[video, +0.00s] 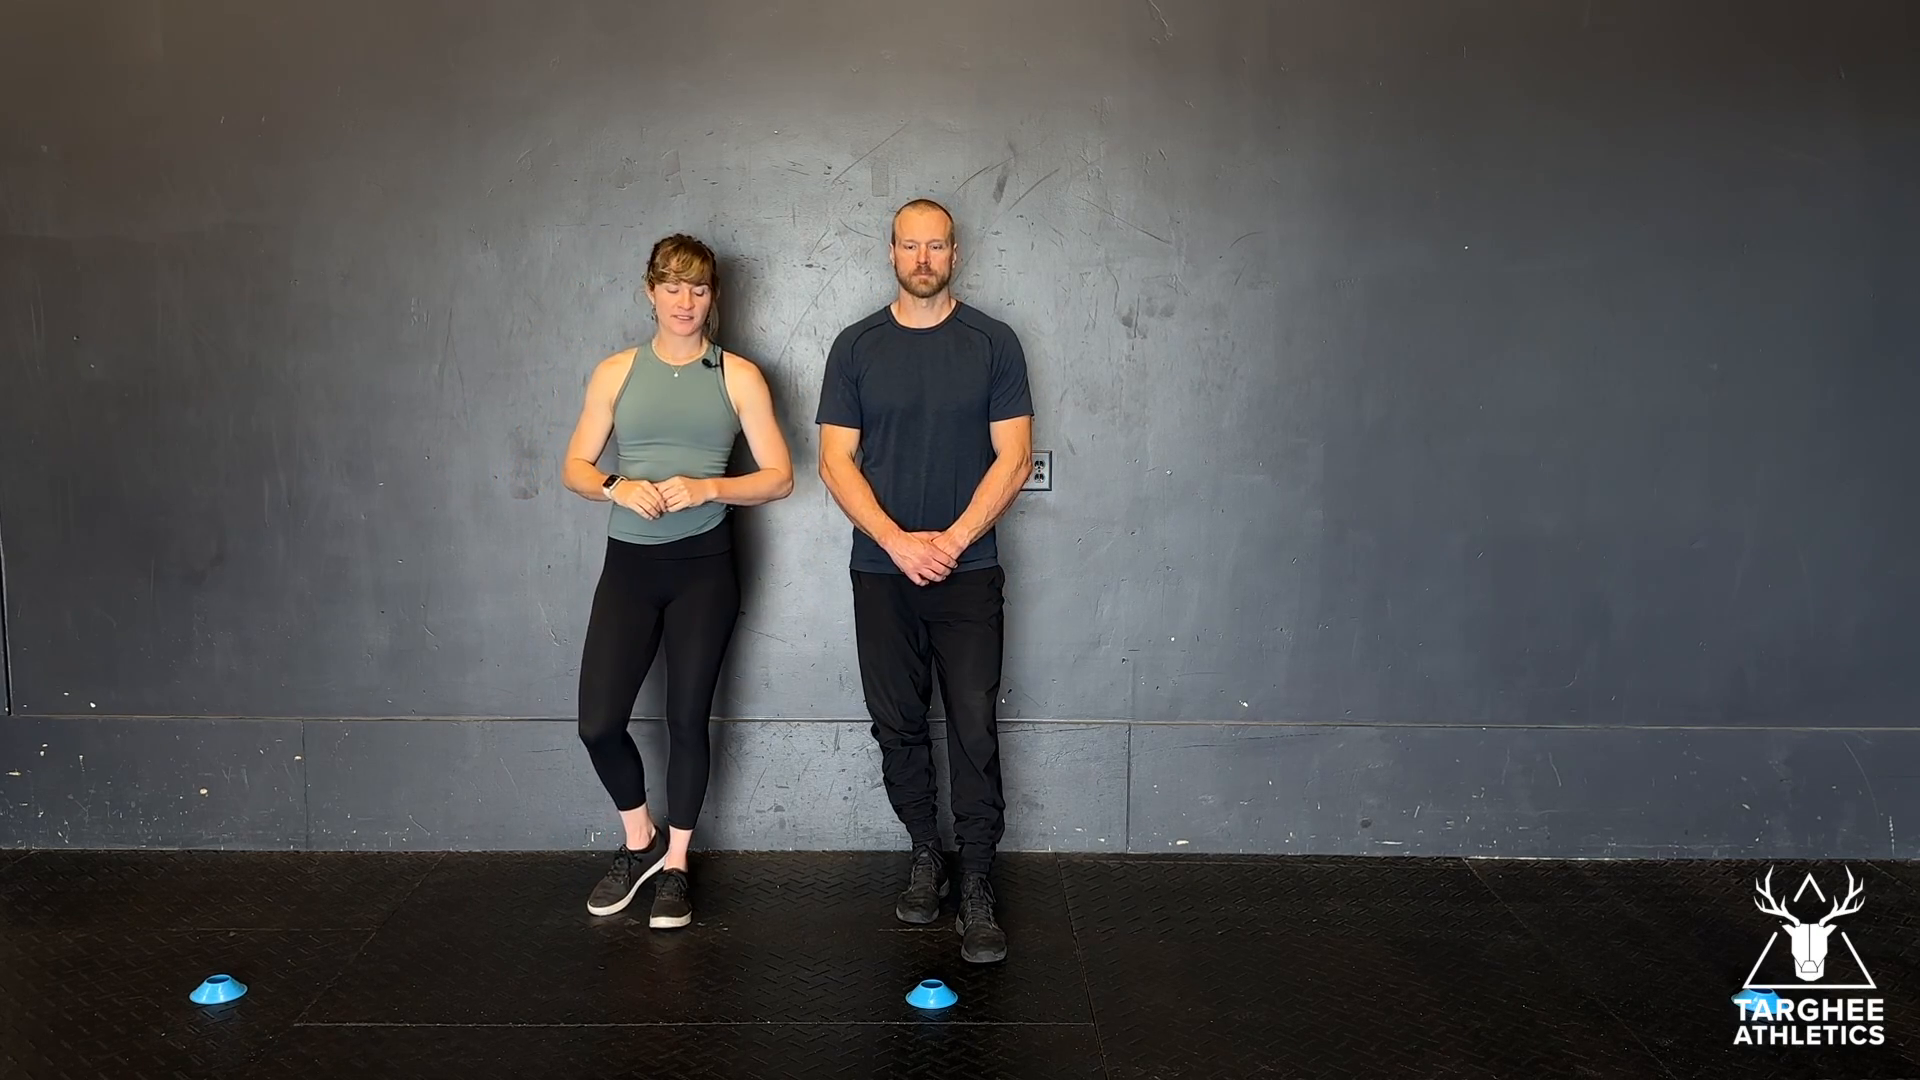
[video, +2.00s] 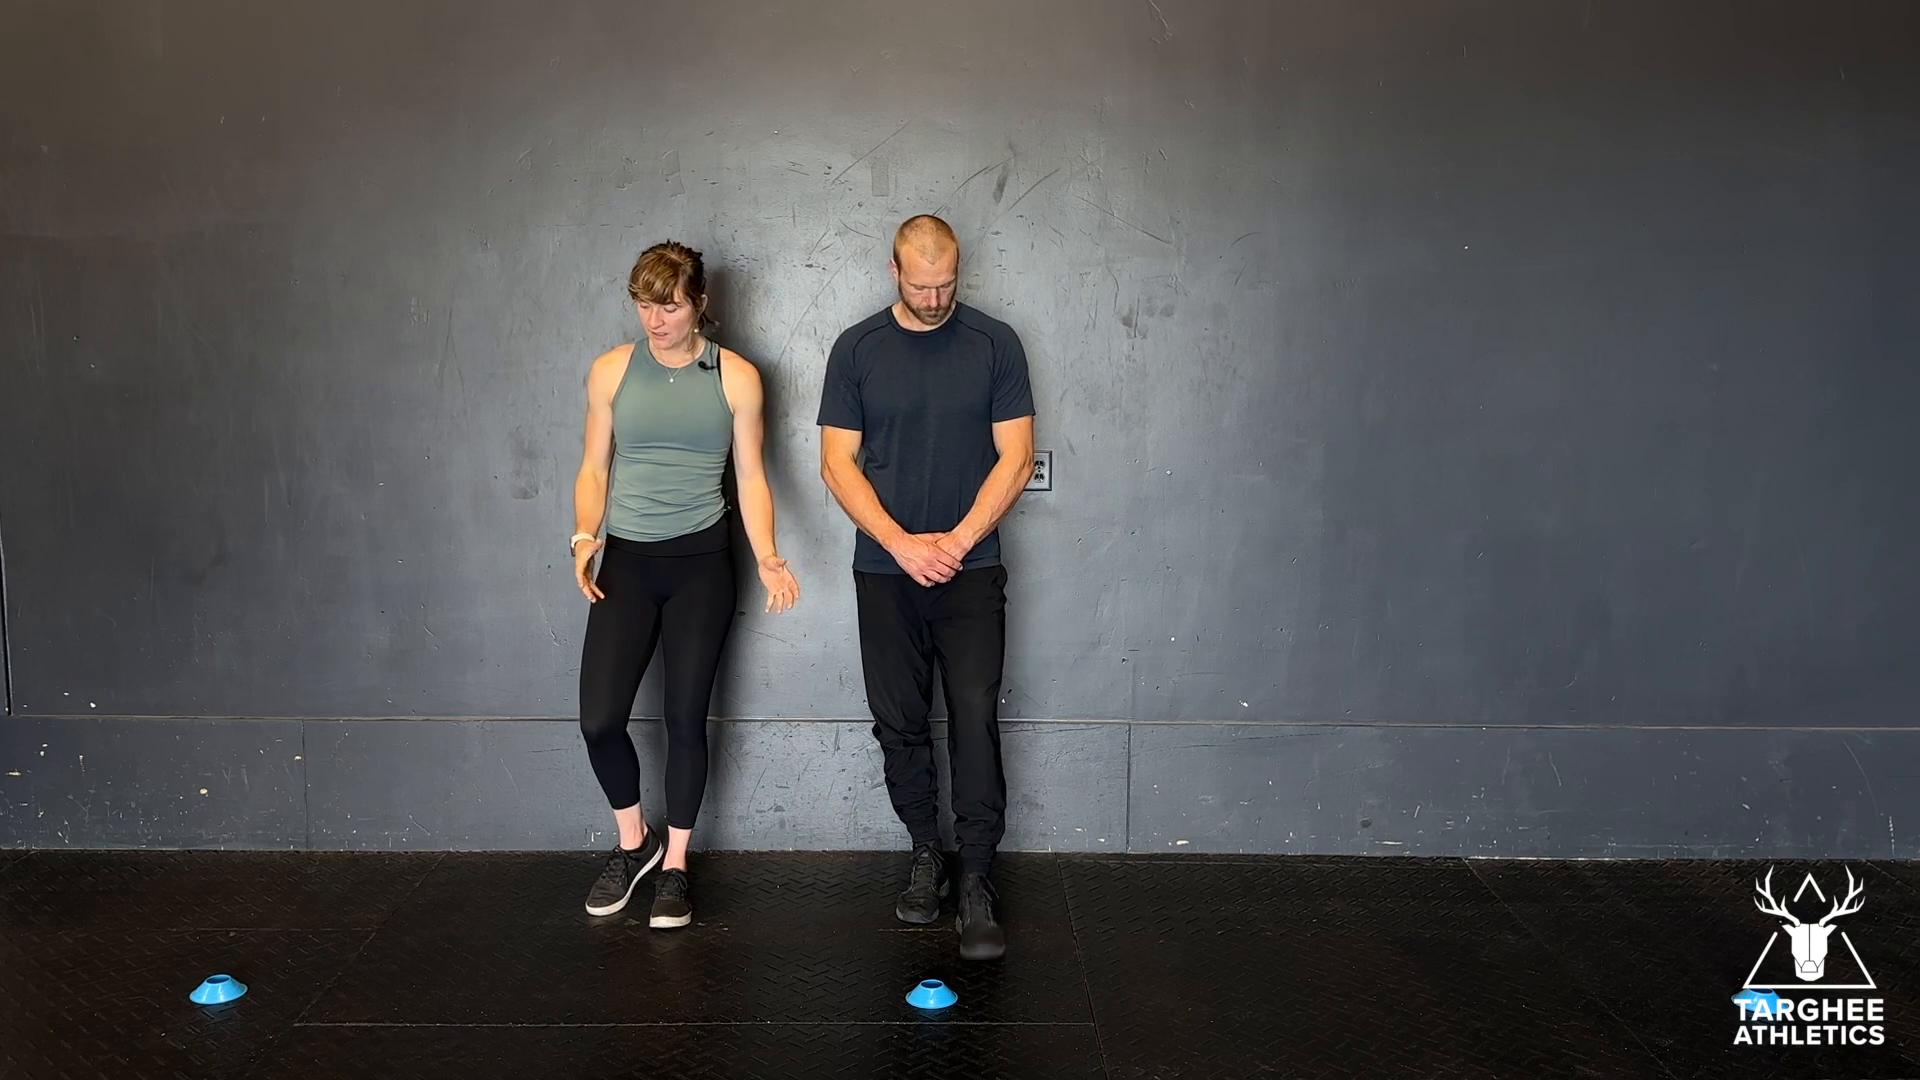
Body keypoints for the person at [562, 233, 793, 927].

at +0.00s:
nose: (685, 298)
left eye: (697, 287)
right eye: (672, 286)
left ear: (711, 296)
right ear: (652, 293)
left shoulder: (738, 377)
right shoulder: (615, 373)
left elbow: (778, 476)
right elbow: (576, 468)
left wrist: (709, 487)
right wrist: (620, 487)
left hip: (704, 564)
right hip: (628, 564)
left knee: (688, 717)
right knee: (599, 721)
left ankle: (676, 866)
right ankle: (641, 843)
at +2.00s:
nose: (654, 319)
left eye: (667, 306)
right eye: (646, 305)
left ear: (698, 304)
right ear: (635, 305)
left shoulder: (736, 377)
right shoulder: (612, 369)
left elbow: (751, 475)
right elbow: (594, 467)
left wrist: (768, 557)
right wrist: (585, 538)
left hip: (703, 560)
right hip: (624, 561)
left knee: (686, 716)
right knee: (600, 719)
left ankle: (675, 866)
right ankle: (636, 843)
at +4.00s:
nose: (675, 315)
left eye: (684, 300)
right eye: (660, 303)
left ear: (699, 301)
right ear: (636, 304)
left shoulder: (730, 376)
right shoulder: (608, 377)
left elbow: (754, 474)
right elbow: (565, 474)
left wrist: (786, 557)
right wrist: (518, 555)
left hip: (703, 562)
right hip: (626, 564)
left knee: (687, 716)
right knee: (615, 724)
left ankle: (676, 868)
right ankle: (642, 855)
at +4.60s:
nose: (690, 311)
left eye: (698, 297)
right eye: (674, 298)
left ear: (708, 300)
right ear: (645, 303)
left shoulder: (735, 378)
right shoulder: (611, 381)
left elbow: (755, 474)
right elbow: (581, 486)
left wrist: (788, 515)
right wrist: (592, 573)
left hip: (718, 568)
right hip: (639, 573)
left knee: (745, 724)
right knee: (639, 724)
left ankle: (780, 882)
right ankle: (636, 872)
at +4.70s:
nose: (701, 311)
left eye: (709, 297)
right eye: (686, 299)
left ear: (720, 302)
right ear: (657, 303)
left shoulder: (749, 379)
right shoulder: (624, 384)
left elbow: (770, 475)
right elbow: (598, 489)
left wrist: (808, 527)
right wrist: (613, 572)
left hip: (733, 571)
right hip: (652, 575)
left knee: (757, 730)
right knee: (647, 727)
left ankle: (790, 887)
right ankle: (637, 873)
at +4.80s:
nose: (716, 313)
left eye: (725, 298)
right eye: (701, 300)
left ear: (737, 303)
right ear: (673, 305)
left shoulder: (768, 382)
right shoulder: (643, 385)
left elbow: (797, 485)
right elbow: (621, 492)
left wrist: (839, 577)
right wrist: (633, 575)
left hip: (754, 574)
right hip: (672, 579)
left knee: (770, 734)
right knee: (658, 734)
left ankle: (793, 887)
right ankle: (639, 869)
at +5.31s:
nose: (773, 311)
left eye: (785, 297)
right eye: (759, 298)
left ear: (800, 300)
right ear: (738, 304)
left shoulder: (833, 381)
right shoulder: (707, 383)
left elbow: (852, 494)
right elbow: (685, 488)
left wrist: (881, 595)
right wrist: (673, 587)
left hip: (815, 574)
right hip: (735, 577)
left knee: (803, 731)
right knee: (735, 730)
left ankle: (796, 889)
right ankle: (764, 853)